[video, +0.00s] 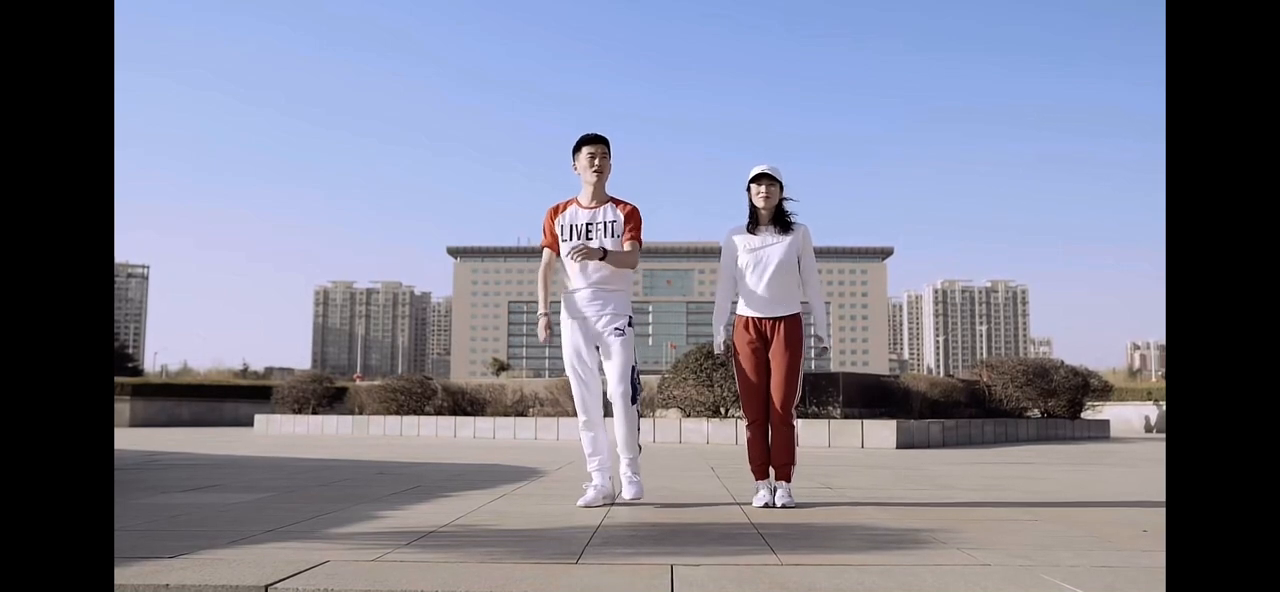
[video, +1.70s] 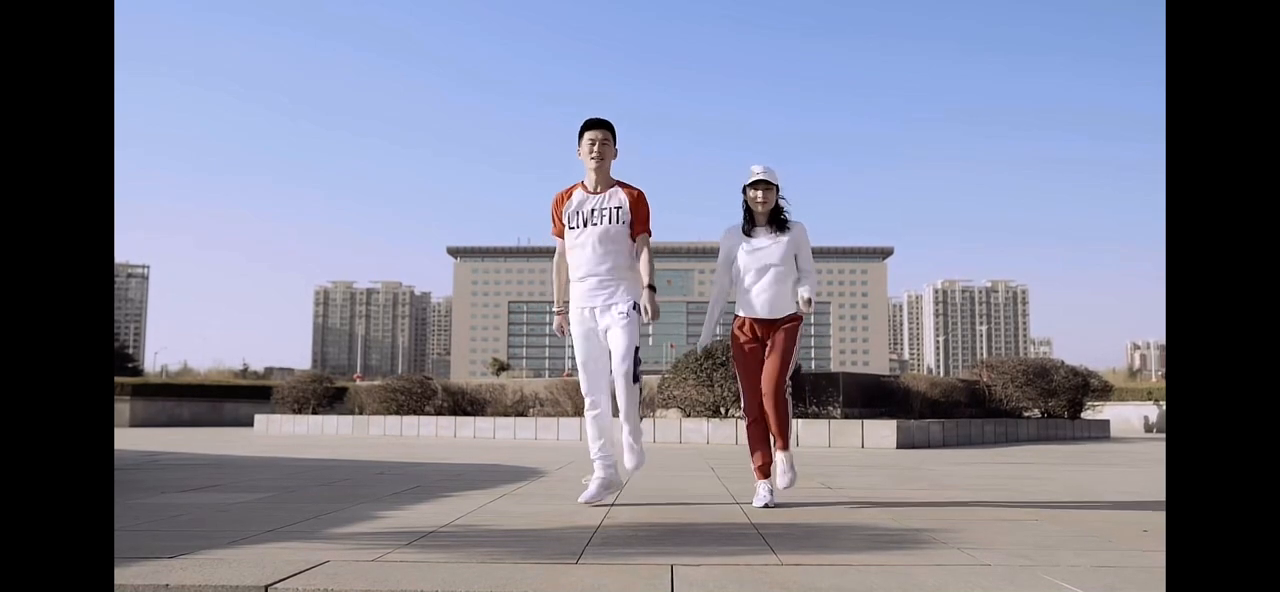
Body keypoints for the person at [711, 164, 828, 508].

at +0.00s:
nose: (763, 190)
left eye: (770, 185)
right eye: (757, 185)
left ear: (781, 193)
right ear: (749, 193)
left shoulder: (798, 233)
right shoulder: (735, 238)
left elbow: (812, 283)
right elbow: (725, 287)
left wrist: (821, 328)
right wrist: (719, 330)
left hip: (786, 325)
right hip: (746, 326)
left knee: (781, 405)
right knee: (754, 408)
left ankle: (783, 483)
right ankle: (762, 483)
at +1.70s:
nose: (761, 194)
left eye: (767, 188)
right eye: (755, 188)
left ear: (776, 193)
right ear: (746, 194)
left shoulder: (795, 232)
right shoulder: (733, 237)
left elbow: (807, 274)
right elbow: (721, 289)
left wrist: (806, 293)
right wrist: (706, 332)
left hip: (785, 323)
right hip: (746, 326)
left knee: (771, 389)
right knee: (752, 404)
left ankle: (782, 452)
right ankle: (762, 480)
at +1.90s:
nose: (766, 184)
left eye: (773, 179)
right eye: (761, 178)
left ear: (782, 185)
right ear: (752, 184)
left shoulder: (796, 227)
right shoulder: (734, 228)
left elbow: (806, 273)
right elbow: (728, 272)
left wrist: (808, 311)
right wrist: (742, 306)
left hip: (785, 307)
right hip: (746, 312)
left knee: (771, 339)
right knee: (753, 400)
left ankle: (777, 417)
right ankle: (760, 478)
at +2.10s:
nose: (772, 198)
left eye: (778, 193)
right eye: (765, 192)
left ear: (787, 200)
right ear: (755, 199)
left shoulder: (795, 237)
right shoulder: (738, 234)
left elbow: (805, 271)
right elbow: (721, 266)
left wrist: (818, 297)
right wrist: (761, 236)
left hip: (784, 324)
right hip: (747, 325)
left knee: (777, 400)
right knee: (750, 404)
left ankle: (781, 484)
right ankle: (758, 478)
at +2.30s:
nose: (773, 180)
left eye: (779, 174)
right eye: (767, 174)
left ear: (788, 180)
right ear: (757, 180)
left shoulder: (803, 220)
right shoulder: (742, 218)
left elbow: (813, 269)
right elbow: (732, 259)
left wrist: (818, 312)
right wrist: (747, 279)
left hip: (788, 309)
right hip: (749, 308)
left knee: (784, 394)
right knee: (748, 393)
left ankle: (784, 476)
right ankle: (756, 445)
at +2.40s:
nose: (774, 190)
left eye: (779, 185)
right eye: (768, 185)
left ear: (789, 191)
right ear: (758, 192)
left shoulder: (806, 232)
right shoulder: (743, 234)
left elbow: (815, 272)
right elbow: (732, 287)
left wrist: (808, 301)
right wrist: (720, 326)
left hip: (793, 316)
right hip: (754, 314)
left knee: (785, 402)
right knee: (759, 339)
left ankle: (783, 484)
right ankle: (755, 403)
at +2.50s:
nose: (775, 187)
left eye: (781, 182)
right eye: (768, 183)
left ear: (790, 188)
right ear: (758, 190)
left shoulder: (807, 229)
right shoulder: (745, 233)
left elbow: (817, 272)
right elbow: (728, 284)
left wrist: (805, 264)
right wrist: (717, 330)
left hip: (794, 320)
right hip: (755, 315)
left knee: (783, 406)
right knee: (763, 329)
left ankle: (782, 483)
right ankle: (760, 407)